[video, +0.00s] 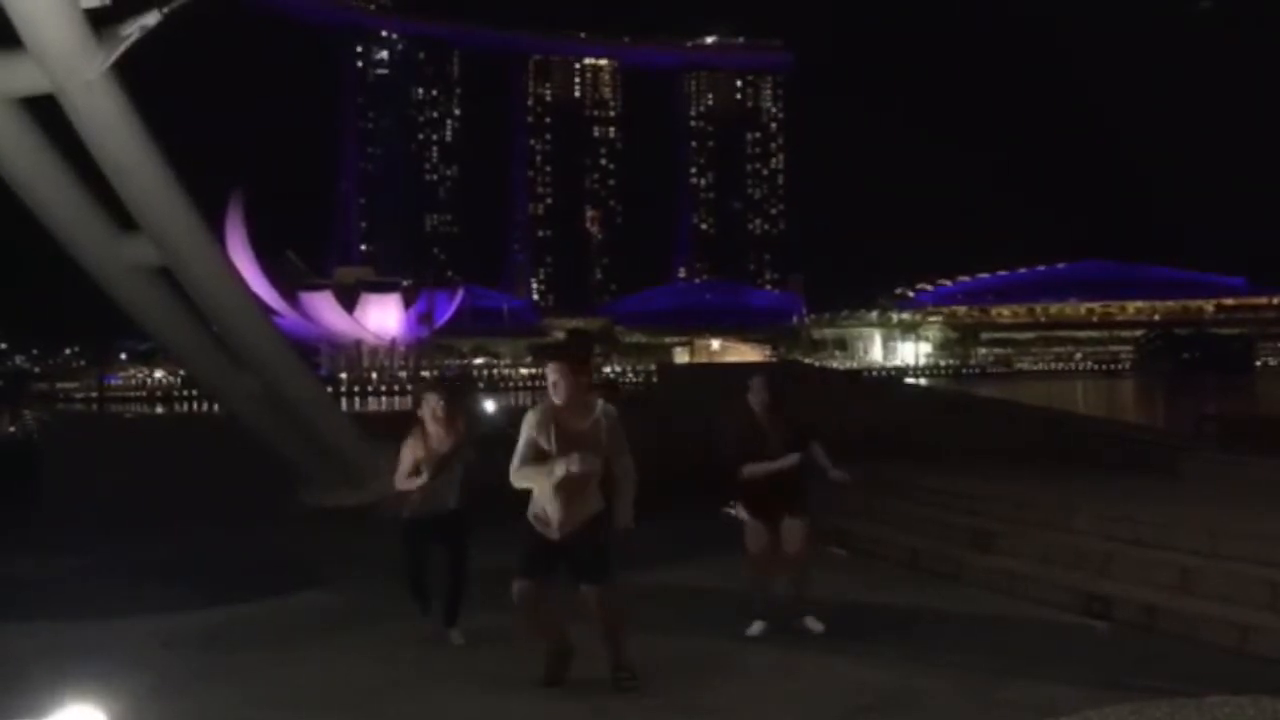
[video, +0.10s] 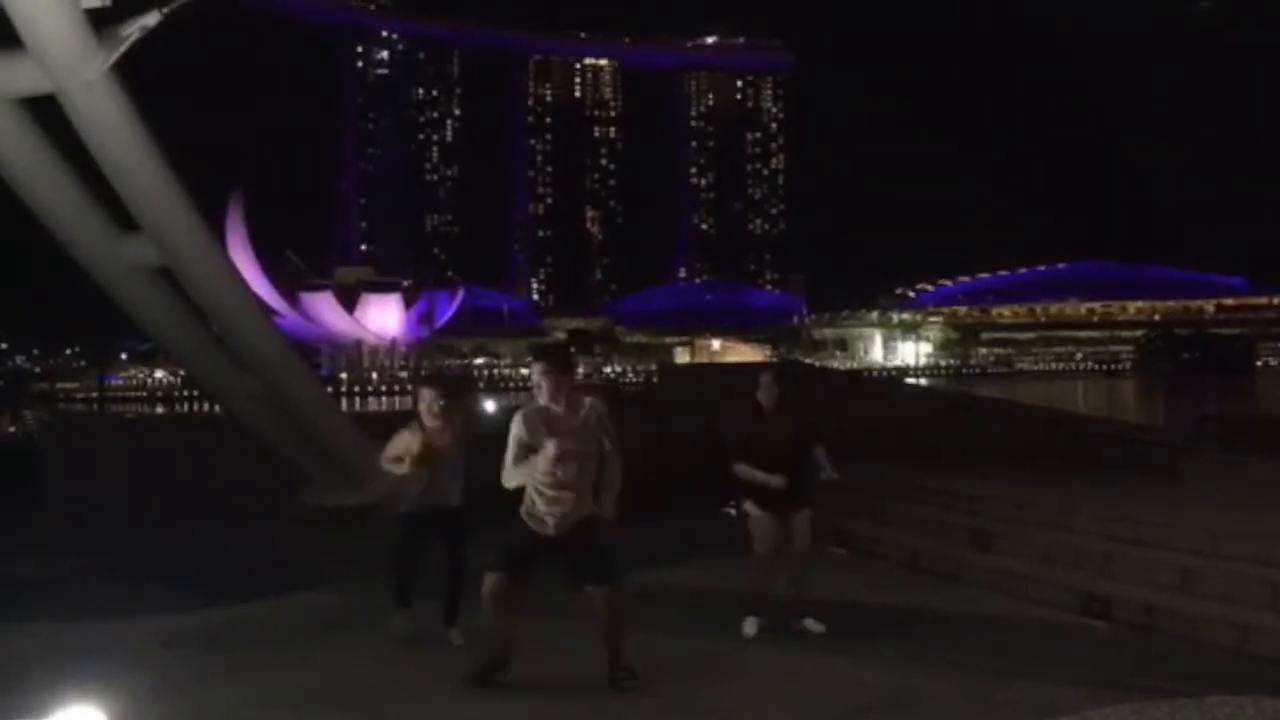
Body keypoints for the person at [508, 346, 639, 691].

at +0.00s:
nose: (552, 384)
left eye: (559, 376)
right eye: (548, 376)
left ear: (582, 378)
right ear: (544, 380)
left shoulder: (604, 417)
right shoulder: (537, 419)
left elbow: (622, 466)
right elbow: (517, 473)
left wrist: (623, 512)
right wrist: (560, 466)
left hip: (590, 520)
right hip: (544, 522)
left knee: (598, 591)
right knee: (526, 589)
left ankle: (618, 662)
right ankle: (557, 648)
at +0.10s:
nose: (536, 383)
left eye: (544, 376)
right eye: (534, 377)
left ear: (566, 378)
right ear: (532, 381)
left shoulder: (592, 413)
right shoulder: (525, 419)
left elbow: (612, 456)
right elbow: (509, 476)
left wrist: (607, 504)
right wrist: (539, 462)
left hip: (581, 523)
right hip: (532, 525)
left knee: (606, 593)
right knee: (493, 587)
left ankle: (617, 665)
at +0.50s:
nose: (569, 369)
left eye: (575, 361)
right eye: (561, 361)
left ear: (585, 368)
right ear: (547, 369)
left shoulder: (590, 406)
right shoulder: (537, 411)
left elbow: (596, 453)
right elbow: (536, 470)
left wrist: (610, 483)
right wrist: (573, 430)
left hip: (588, 515)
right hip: (541, 518)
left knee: (608, 590)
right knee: (504, 593)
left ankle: (592, 669)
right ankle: (499, 664)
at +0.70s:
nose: (604, 371)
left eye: (606, 364)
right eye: (597, 364)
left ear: (607, 371)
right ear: (579, 367)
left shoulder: (610, 406)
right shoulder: (566, 405)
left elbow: (641, 436)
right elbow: (565, 474)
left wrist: (685, 450)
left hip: (603, 512)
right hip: (568, 513)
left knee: (632, 582)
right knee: (571, 598)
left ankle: (612, 672)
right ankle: (553, 663)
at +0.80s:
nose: (610, 375)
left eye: (615, 368)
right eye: (603, 368)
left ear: (620, 371)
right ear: (587, 371)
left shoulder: (617, 407)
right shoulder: (578, 410)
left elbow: (639, 440)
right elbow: (591, 462)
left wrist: (674, 462)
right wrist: (629, 445)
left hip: (615, 511)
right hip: (582, 515)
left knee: (635, 589)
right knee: (599, 598)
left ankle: (614, 673)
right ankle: (555, 638)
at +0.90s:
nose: (629, 374)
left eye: (632, 365)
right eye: (623, 365)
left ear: (631, 367)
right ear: (602, 367)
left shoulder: (618, 406)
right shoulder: (594, 409)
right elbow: (616, 478)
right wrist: (646, 440)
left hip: (615, 510)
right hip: (595, 514)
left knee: (640, 585)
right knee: (641, 584)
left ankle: (613, 671)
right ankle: (597, 662)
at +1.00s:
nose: (650, 373)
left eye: (652, 366)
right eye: (643, 365)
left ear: (653, 371)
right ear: (625, 368)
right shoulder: (618, 399)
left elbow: (583, 447)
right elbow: (656, 444)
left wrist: (585, 489)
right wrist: (672, 413)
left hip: (629, 508)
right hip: (616, 510)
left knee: (636, 592)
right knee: (662, 586)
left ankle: (618, 677)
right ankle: (641, 679)